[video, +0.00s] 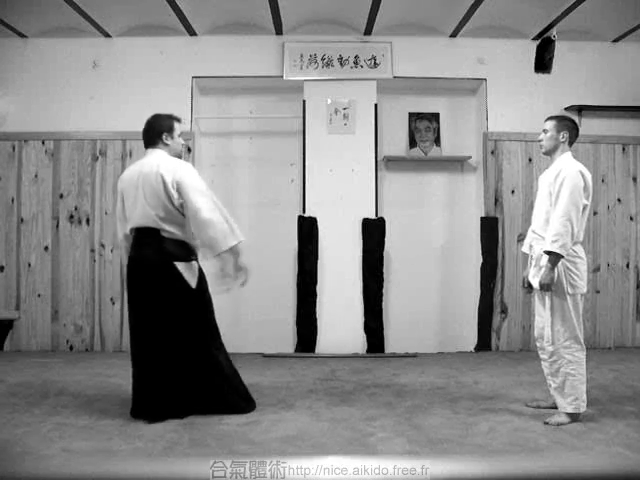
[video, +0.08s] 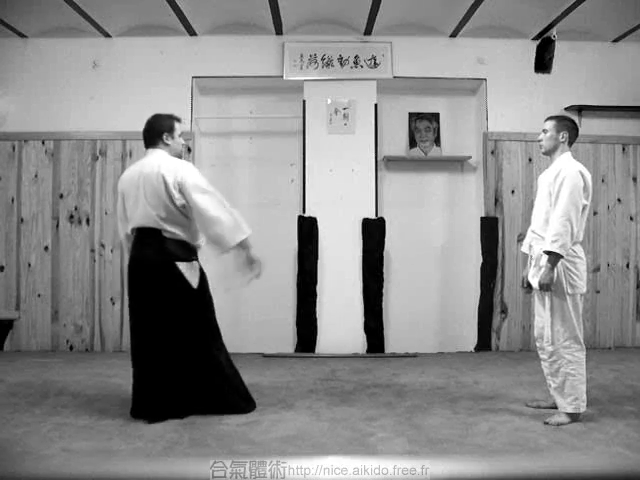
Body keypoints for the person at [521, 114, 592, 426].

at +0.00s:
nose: (539, 137)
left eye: (545, 132)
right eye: (541, 132)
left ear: (564, 137)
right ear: (559, 137)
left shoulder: (572, 173)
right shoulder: (552, 172)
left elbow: (564, 222)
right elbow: (542, 220)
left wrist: (551, 264)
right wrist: (532, 261)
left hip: (563, 263)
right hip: (544, 260)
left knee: (565, 336)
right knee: (545, 335)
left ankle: (572, 407)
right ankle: (557, 395)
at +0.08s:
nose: (539, 137)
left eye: (545, 132)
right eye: (540, 132)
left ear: (563, 137)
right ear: (558, 137)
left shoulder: (572, 173)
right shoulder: (551, 172)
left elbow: (564, 222)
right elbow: (540, 222)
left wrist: (550, 265)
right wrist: (530, 263)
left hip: (563, 262)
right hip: (544, 260)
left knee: (564, 336)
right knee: (545, 335)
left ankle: (572, 407)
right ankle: (558, 396)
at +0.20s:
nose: (538, 137)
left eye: (544, 132)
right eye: (539, 132)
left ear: (562, 137)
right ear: (557, 137)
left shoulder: (571, 173)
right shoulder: (550, 173)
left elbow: (563, 222)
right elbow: (540, 222)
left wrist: (549, 264)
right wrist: (530, 264)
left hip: (562, 262)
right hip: (543, 260)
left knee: (564, 336)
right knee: (544, 335)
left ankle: (572, 407)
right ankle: (558, 396)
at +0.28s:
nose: (537, 137)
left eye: (543, 133)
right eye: (538, 132)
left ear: (561, 138)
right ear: (556, 138)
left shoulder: (569, 173)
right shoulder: (549, 173)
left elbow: (562, 222)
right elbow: (538, 221)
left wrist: (548, 264)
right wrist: (529, 263)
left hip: (561, 262)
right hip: (542, 260)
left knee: (564, 336)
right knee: (543, 335)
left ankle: (572, 406)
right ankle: (558, 396)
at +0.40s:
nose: (535, 138)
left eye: (541, 133)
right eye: (536, 133)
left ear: (559, 139)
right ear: (552, 139)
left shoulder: (566, 174)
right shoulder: (546, 173)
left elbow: (559, 221)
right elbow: (537, 220)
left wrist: (543, 261)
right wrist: (526, 263)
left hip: (558, 261)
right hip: (539, 259)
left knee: (561, 335)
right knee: (540, 333)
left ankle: (571, 407)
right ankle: (556, 395)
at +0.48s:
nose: (532, 138)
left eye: (538, 133)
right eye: (534, 133)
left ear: (556, 140)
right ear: (550, 140)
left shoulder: (564, 174)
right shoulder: (542, 174)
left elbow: (556, 221)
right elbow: (534, 220)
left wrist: (537, 259)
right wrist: (523, 259)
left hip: (554, 261)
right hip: (536, 259)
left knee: (556, 335)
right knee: (538, 333)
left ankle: (569, 407)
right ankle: (555, 396)